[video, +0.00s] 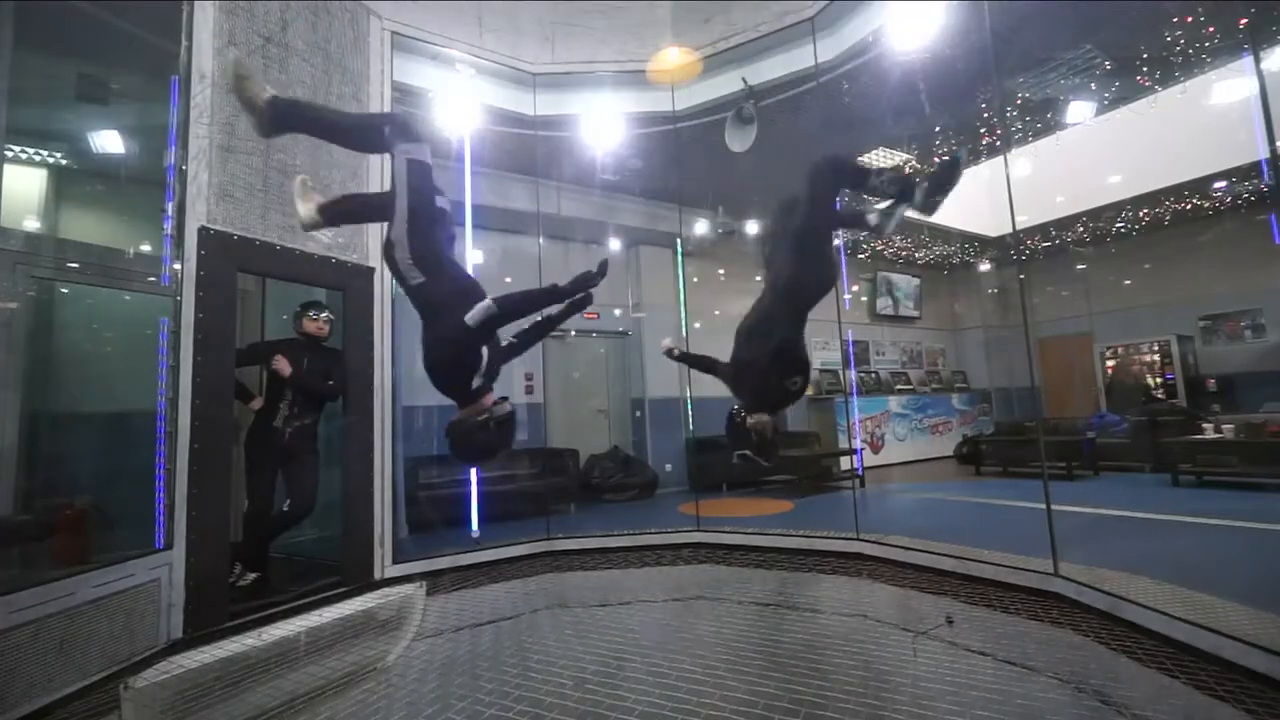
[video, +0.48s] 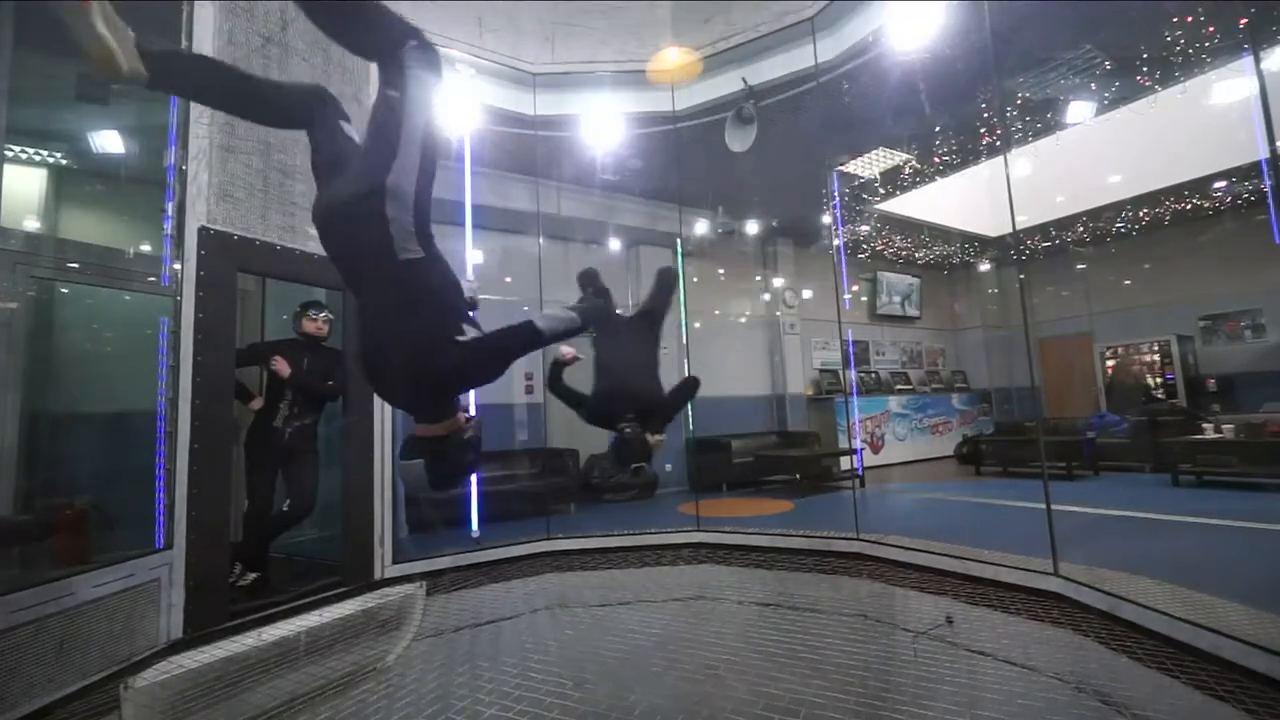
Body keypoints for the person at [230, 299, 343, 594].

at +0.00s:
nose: (320, 324)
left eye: (325, 320)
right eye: (313, 318)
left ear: (331, 326)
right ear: (299, 322)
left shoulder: (334, 357)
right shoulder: (279, 348)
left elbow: (333, 392)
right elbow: (224, 361)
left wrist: (292, 374)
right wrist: (250, 398)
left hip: (302, 440)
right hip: (264, 436)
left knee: (302, 505)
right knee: (260, 505)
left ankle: (242, 552)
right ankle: (255, 569)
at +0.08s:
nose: (320, 324)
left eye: (325, 320)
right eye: (313, 318)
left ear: (331, 325)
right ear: (299, 322)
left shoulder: (334, 357)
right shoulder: (279, 348)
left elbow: (333, 391)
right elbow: (224, 361)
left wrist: (292, 374)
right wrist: (250, 398)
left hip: (302, 441)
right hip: (264, 436)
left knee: (303, 505)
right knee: (260, 504)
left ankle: (242, 553)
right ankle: (254, 570)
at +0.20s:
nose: (320, 324)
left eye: (325, 320)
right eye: (313, 318)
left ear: (331, 326)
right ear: (299, 323)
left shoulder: (335, 358)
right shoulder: (279, 348)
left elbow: (333, 392)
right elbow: (223, 361)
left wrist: (292, 375)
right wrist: (250, 398)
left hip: (302, 441)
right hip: (264, 436)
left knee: (302, 505)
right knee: (260, 504)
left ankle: (242, 552)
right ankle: (254, 570)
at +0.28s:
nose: (320, 324)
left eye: (325, 320)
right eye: (313, 318)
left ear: (330, 326)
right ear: (299, 323)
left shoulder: (334, 357)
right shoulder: (279, 348)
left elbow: (333, 392)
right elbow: (224, 361)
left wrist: (291, 375)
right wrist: (249, 398)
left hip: (302, 441)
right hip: (264, 436)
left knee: (302, 504)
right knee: (260, 504)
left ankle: (242, 553)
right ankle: (254, 570)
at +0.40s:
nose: (319, 324)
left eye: (325, 320)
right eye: (312, 319)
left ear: (330, 326)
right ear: (299, 323)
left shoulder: (334, 358)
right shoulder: (278, 348)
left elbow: (333, 392)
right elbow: (224, 361)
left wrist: (291, 375)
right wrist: (249, 398)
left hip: (302, 441)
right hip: (264, 436)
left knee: (302, 504)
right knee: (260, 504)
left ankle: (242, 553)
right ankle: (254, 569)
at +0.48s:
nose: (319, 324)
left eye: (324, 320)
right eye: (312, 319)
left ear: (330, 326)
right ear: (299, 323)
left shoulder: (334, 358)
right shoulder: (278, 348)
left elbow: (333, 392)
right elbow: (223, 361)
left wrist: (291, 375)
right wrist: (249, 398)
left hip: (302, 441)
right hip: (264, 436)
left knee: (303, 504)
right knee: (260, 504)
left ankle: (241, 553)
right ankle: (254, 569)